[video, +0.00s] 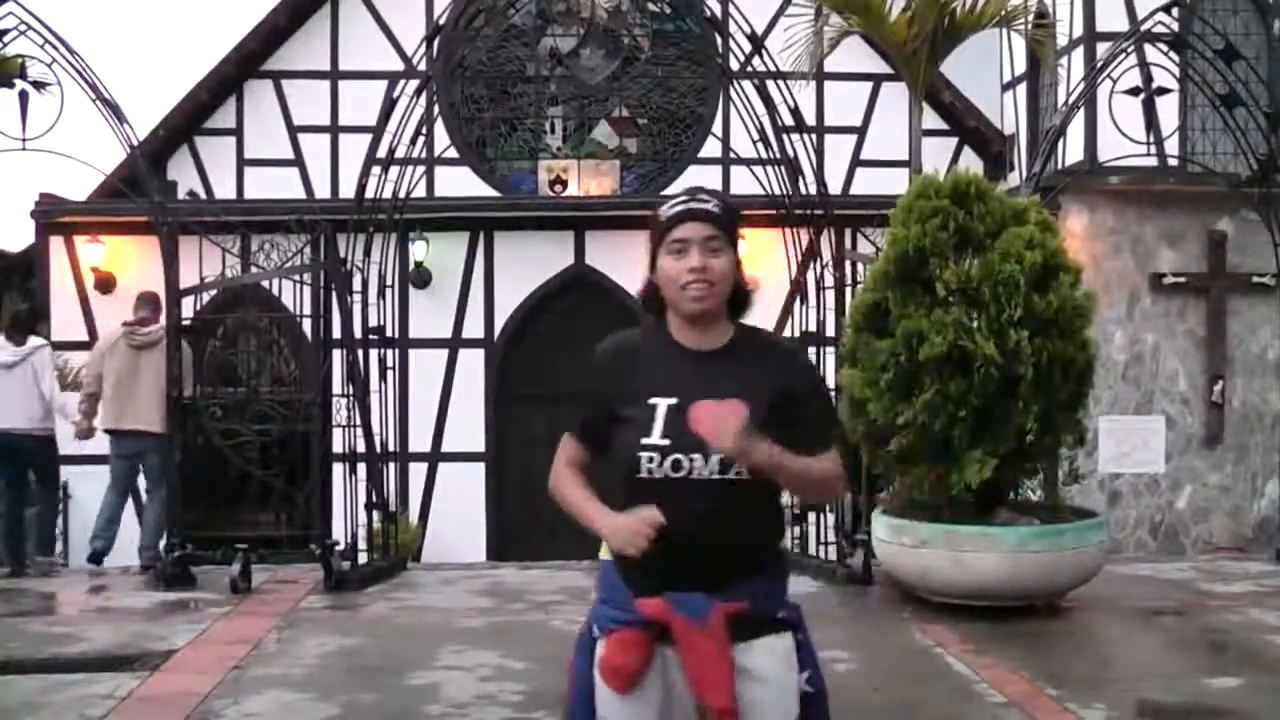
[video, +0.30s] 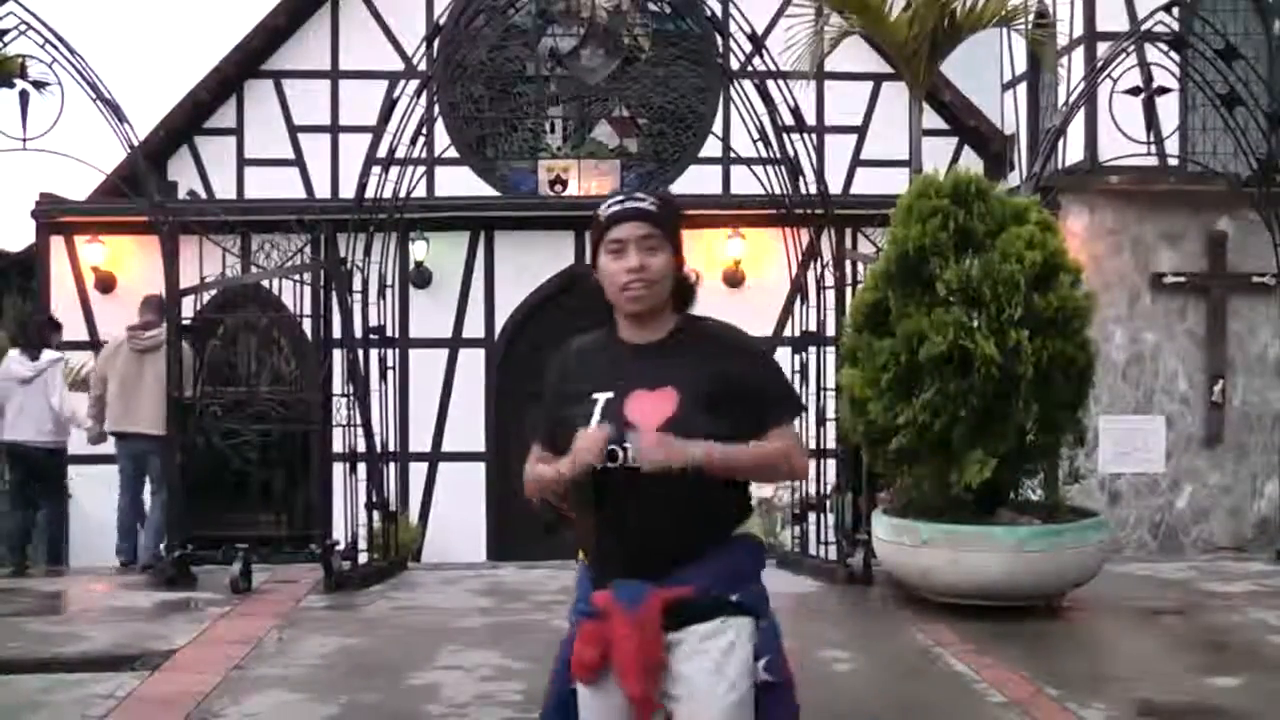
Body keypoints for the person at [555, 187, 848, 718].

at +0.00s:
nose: (697, 265)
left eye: (713, 249)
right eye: (679, 252)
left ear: (737, 266)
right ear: (656, 271)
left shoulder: (781, 362)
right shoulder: (620, 359)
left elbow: (833, 479)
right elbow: (562, 471)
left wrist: (758, 452)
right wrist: (608, 523)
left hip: (750, 615)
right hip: (635, 614)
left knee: (775, 708)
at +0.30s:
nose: (634, 265)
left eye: (650, 248)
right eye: (617, 251)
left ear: (677, 262)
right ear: (598, 268)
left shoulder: (731, 353)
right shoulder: (575, 361)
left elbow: (790, 459)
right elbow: (533, 476)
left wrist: (688, 452)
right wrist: (569, 467)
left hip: (714, 595)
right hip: (606, 598)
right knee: (592, 709)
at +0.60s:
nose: (622, 264)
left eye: (641, 247)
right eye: (606, 250)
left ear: (671, 262)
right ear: (588, 268)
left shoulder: (714, 354)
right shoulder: (572, 362)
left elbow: (764, 473)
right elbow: (532, 498)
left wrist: (656, 518)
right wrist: (531, 468)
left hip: (698, 602)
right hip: (602, 602)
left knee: (684, 711)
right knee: (593, 711)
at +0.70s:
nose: (626, 265)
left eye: (646, 247)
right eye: (611, 250)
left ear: (678, 263)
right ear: (594, 268)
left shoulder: (719, 358)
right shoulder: (580, 360)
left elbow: (775, 481)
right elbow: (529, 489)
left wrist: (668, 536)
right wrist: (541, 448)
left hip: (702, 610)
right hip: (602, 608)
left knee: (698, 710)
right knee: (590, 711)